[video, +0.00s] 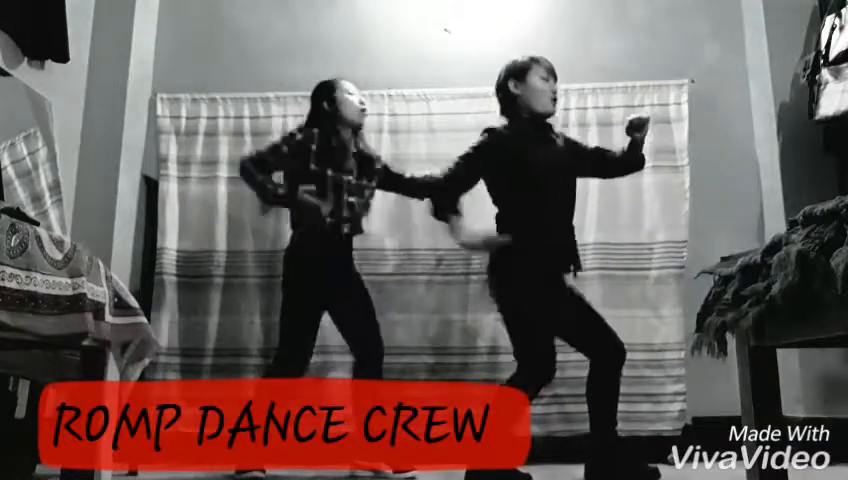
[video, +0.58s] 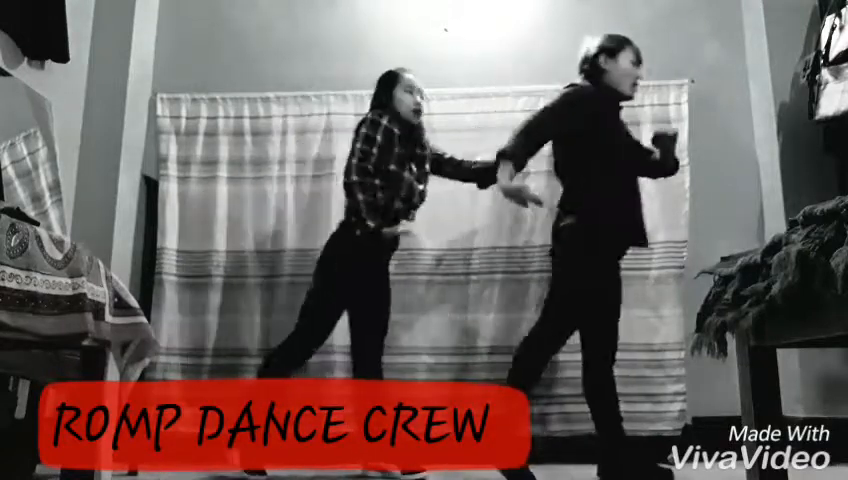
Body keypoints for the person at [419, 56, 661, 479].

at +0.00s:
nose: (555, 86)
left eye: (554, 79)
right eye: (545, 78)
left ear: (551, 92)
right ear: (516, 89)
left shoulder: (559, 147)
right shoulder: (499, 143)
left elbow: (617, 165)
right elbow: (444, 191)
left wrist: (635, 146)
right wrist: (461, 233)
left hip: (543, 273)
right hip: (517, 272)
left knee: (536, 369)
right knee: (608, 352)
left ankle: (479, 454)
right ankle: (604, 459)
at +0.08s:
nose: (552, 90)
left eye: (551, 83)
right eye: (544, 81)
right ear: (513, 86)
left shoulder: (546, 143)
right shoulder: (502, 139)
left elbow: (586, 159)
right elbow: (520, 202)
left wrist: (631, 152)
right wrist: (557, 240)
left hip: (558, 262)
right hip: (546, 263)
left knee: (538, 366)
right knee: (608, 350)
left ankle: (481, 448)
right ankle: (604, 458)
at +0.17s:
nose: (545, 99)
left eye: (547, 92)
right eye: (538, 89)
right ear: (508, 91)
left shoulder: (532, 145)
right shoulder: (501, 139)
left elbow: (607, 170)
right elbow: (551, 185)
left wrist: (637, 149)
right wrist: (607, 218)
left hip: (542, 268)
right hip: (552, 266)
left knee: (543, 369)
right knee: (612, 349)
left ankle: (479, 448)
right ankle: (604, 458)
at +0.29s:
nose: (546, 119)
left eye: (549, 112)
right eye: (542, 107)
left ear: (513, 105)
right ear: (512, 99)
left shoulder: (473, 148)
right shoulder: (525, 152)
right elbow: (598, 194)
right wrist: (632, 171)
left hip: (510, 276)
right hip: (538, 273)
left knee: (543, 373)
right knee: (615, 347)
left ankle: (480, 447)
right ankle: (605, 456)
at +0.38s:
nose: (568, 107)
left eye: (572, 101)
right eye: (565, 94)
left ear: (554, 97)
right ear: (537, 85)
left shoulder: (546, 148)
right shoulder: (499, 127)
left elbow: (605, 193)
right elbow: (498, 186)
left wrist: (633, 174)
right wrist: (516, 236)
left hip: (545, 266)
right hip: (531, 264)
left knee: (532, 367)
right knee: (605, 348)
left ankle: (479, 451)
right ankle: (613, 455)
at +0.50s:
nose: (614, 75)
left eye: (615, 68)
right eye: (608, 65)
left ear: (587, 69)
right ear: (579, 65)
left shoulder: (581, 118)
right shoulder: (555, 104)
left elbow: (614, 164)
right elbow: (514, 147)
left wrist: (647, 164)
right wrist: (495, 199)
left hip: (576, 248)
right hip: (565, 248)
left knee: (534, 340)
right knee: (594, 352)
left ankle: (486, 435)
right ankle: (614, 453)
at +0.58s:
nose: (640, 73)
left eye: (640, 65)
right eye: (634, 63)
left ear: (611, 65)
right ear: (605, 62)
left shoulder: (606, 113)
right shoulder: (582, 98)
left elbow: (634, 160)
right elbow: (536, 128)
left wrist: (666, 159)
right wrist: (507, 175)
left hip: (597, 243)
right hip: (583, 241)